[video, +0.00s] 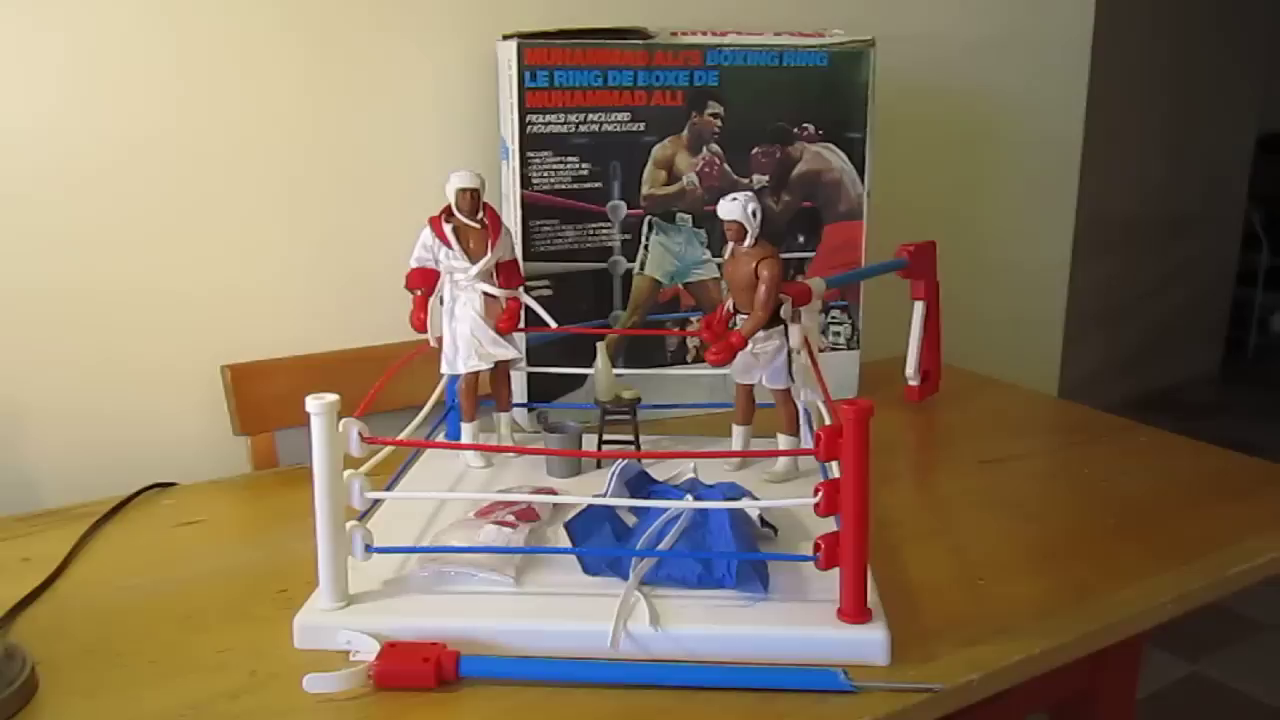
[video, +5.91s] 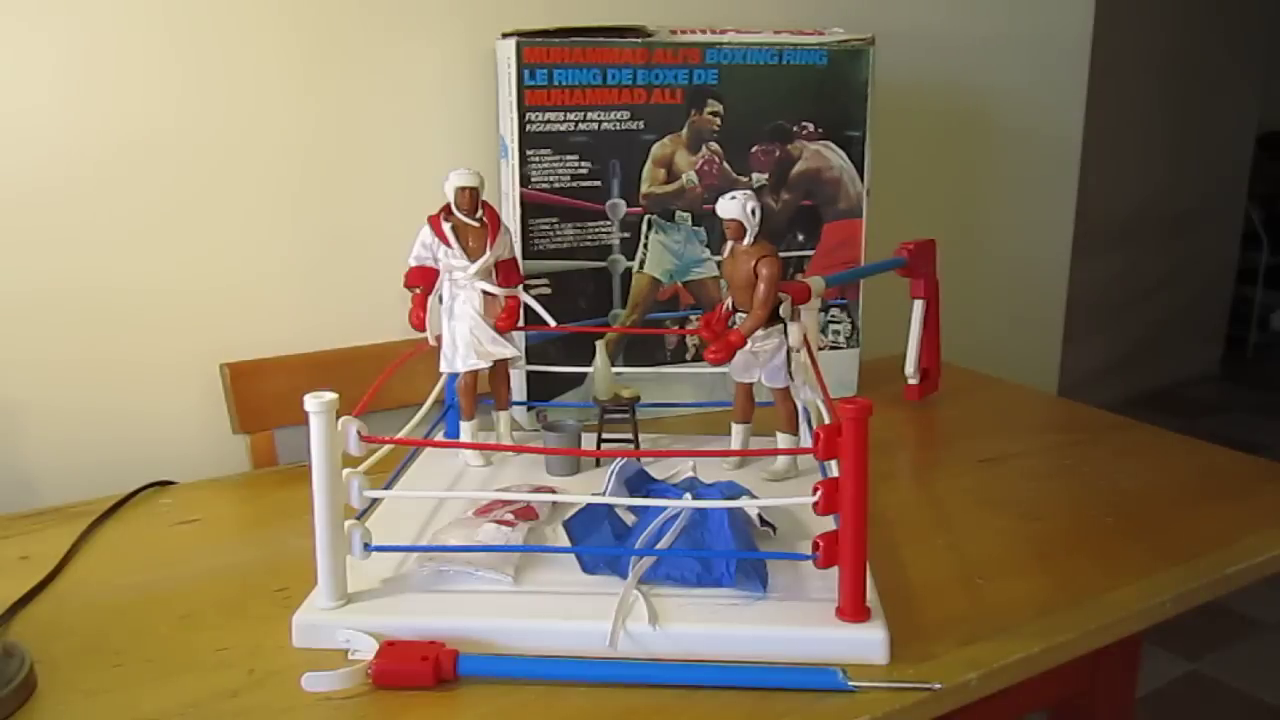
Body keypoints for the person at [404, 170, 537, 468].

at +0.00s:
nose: (469, 199)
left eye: (474, 193)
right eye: (463, 194)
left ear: (481, 195)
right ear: (452, 197)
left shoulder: (496, 229)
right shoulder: (437, 230)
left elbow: (509, 269)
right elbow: (422, 268)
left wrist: (513, 306)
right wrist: (420, 305)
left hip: (494, 305)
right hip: (459, 306)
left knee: (501, 367)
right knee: (469, 371)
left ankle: (506, 432)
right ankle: (470, 442)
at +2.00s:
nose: (467, 198)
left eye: (472, 192)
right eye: (461, 192)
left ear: (480, 194)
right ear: (450, 196)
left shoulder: (495, 228)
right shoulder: (436, 230)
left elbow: (508, 269)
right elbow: (421, 271)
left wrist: (511, 306)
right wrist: (421, 310)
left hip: (493, 304)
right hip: (458, 306)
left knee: (500, 365)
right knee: (468, 371)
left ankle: (505, 432)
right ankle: (469, 441)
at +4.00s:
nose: (468, 198)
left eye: (473, 191)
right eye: (461, 192)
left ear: (481, 194)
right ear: (451, 195)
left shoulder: (496, 228)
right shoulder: (436, 230)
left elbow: (508, 269)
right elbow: (421, 267)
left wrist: (512, 304)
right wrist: (419, 302)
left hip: (493, 301)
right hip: (458, 302)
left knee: (500, 363)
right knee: (468, 369)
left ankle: (505, 432)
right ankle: (468, 440)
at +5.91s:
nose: (466, 198)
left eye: (471, 191)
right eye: (460, 191)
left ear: (480, 194)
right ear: (450, 195)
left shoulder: (497, 229)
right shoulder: (435, 230)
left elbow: (509, 272)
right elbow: (421, 272)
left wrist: (511, 307)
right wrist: (422, 311)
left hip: (492, 302)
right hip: (457, 304)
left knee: (500, 364)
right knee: (468, 369)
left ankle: (504, 433)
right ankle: (469, 441)